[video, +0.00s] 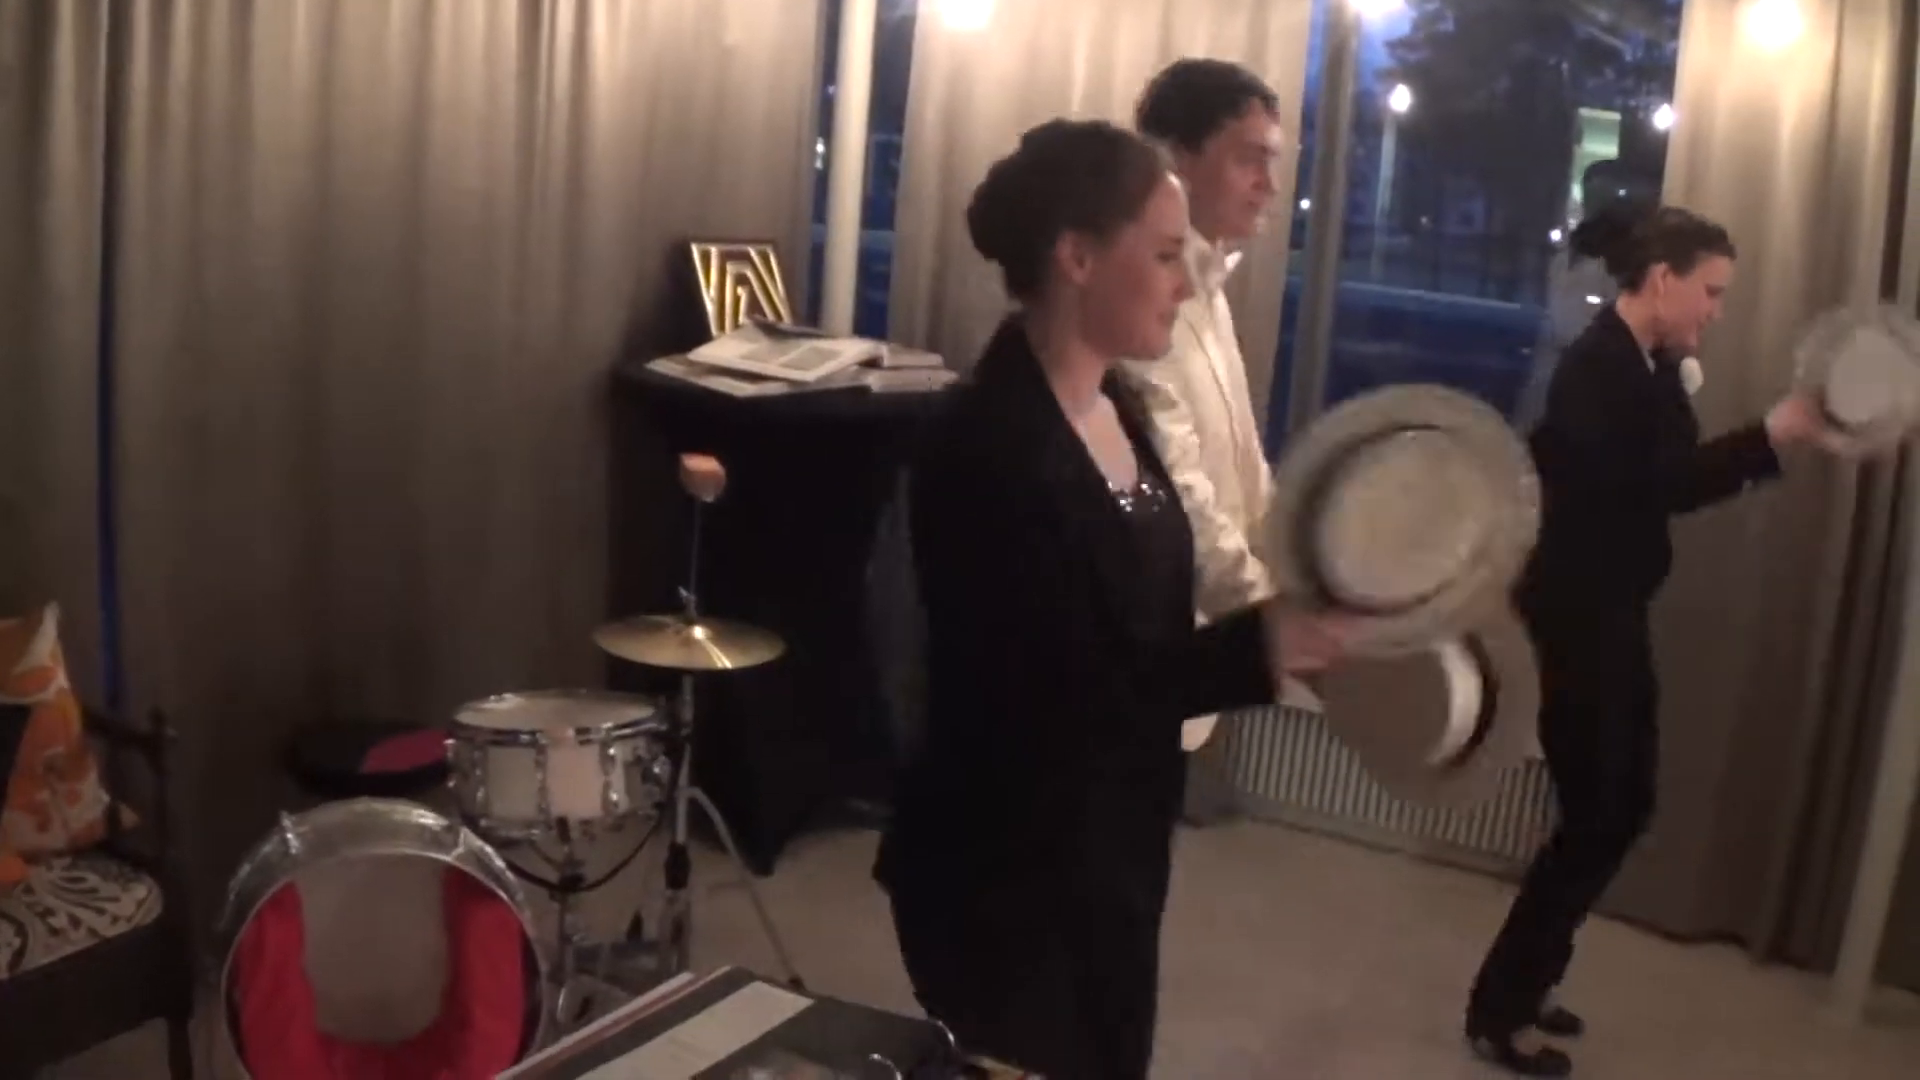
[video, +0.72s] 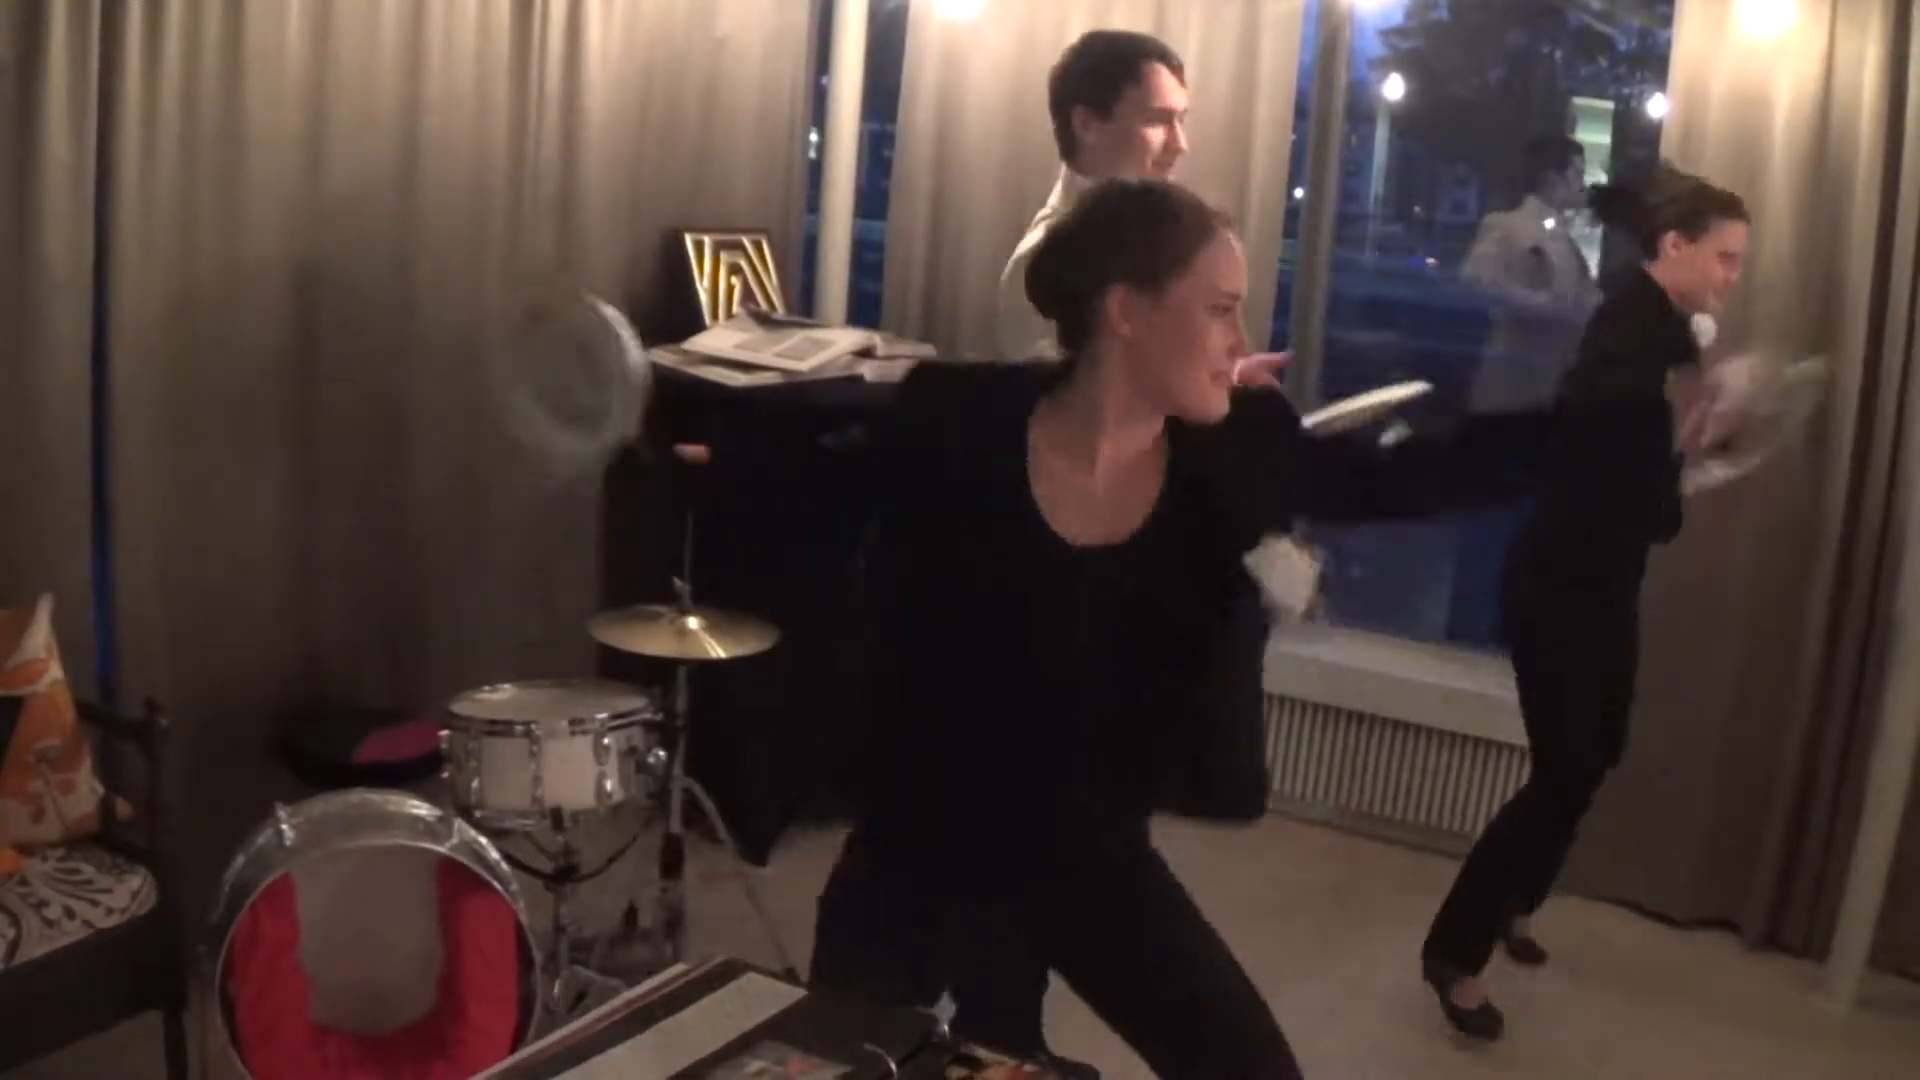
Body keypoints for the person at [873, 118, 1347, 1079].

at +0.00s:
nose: (1187, 285)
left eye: (1183, 258)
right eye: (1165, 257)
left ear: (1088, 262)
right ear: (1075, 260)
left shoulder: (1116, 409)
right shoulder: (984, 445)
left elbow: (1147, 644)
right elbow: (1060, 698)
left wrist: (1289, 622)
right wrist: (1256, 650)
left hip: (1111, 856)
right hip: (1003, 877)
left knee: (1113, 1061)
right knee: (1032, 1068)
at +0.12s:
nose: (1203, 269)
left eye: (1201, 242)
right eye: (1182, 240)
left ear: (1102, 247)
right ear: (1088, 244)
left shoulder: (1153, 400)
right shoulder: (953, 433)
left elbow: (1191, 599)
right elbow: (938, 693)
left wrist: (1292, 664)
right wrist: (1131, 699)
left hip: (1112, 817)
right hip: (985, 834)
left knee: (1119, 1052)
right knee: (1068, 1054)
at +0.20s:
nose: (1203, 268)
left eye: (1202, 240)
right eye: (1184, 239)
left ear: (1109, 244)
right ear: (1093, 243)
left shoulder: (1173, 399)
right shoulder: (946, 418)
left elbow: (1210, 591)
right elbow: (884, 656)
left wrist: (1271, 671)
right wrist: (1029, 779)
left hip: (1127, 808)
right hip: (976, 831)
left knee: (1110, 1048)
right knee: (1091, 1052)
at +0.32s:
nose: (1204, 297)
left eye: (1200, 268)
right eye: (1183, 267)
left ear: (1109, 273)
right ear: (1093, 271)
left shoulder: (1185, 435)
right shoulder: (942, 441)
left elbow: (1212, 636)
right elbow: (844, 664)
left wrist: (1259, 776)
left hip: (1124, 877)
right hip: (965, 877)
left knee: (1131, 1064)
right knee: (957, 1063)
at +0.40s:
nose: (1205, 303)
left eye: (1202, 273)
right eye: (1184, 272)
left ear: (1110, 280)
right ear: (1093, 277)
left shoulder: (1196, 440)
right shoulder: (944, 438)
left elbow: (1279, 598)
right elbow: (840, 626)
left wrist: (1359, 755)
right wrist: (874, 783)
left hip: (1130, 872)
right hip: (973, 875)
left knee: (1134, 1064)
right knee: (988, 1065)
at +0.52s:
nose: (1213, 278)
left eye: (1214, 250)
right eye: (1192, 251)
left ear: (1143, 258)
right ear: (1094, 256)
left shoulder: (1218, 401)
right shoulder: (932, 395)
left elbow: (1404, 475)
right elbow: (775, 502)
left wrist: (1607, 551)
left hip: (1115, 853)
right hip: (951, 849)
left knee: (1131, 1068)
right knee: (947, 1072)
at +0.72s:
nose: (1243, 342)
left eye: (1241, 313)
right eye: (1220, 309)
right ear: (1123, 312)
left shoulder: (1233, 460)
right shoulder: (948, 422)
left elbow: (1406, 474)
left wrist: (1616, 433)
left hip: (1094, 858)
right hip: (926, 853)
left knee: (1255, 1069)